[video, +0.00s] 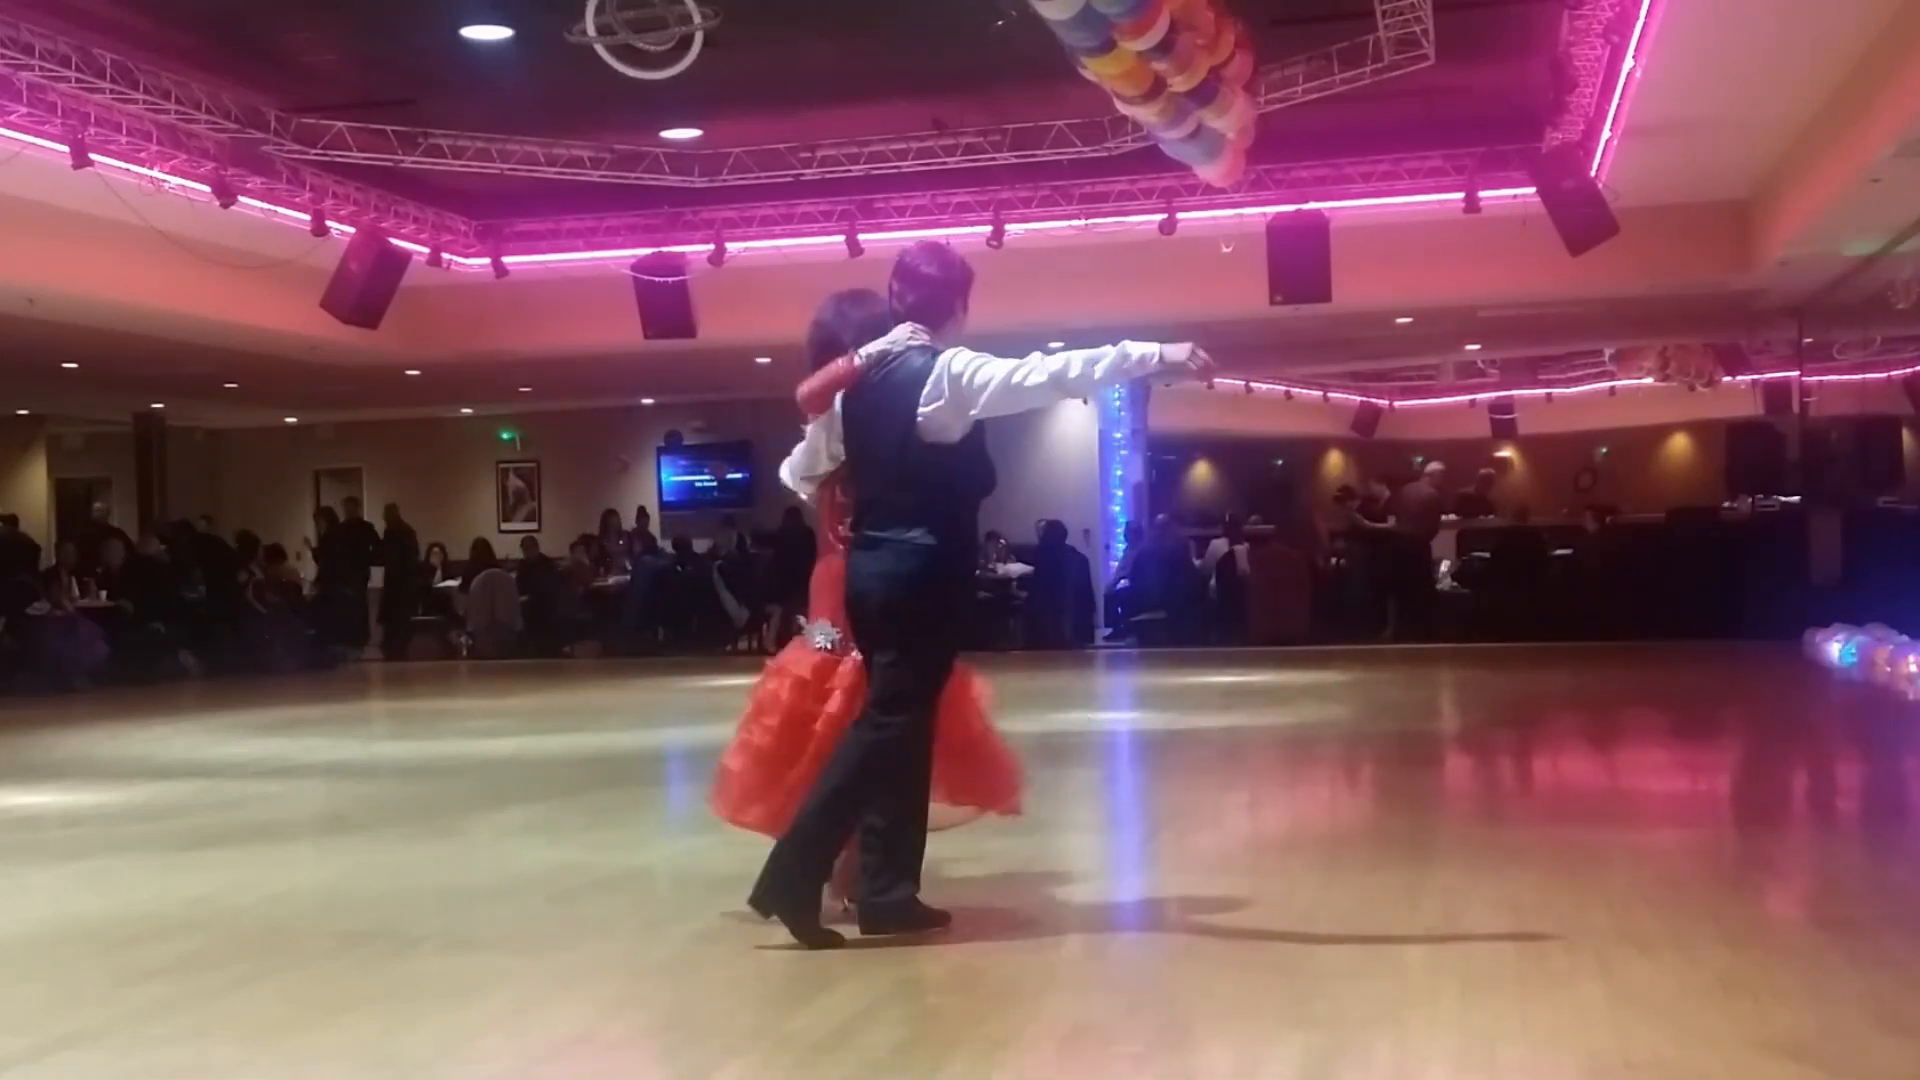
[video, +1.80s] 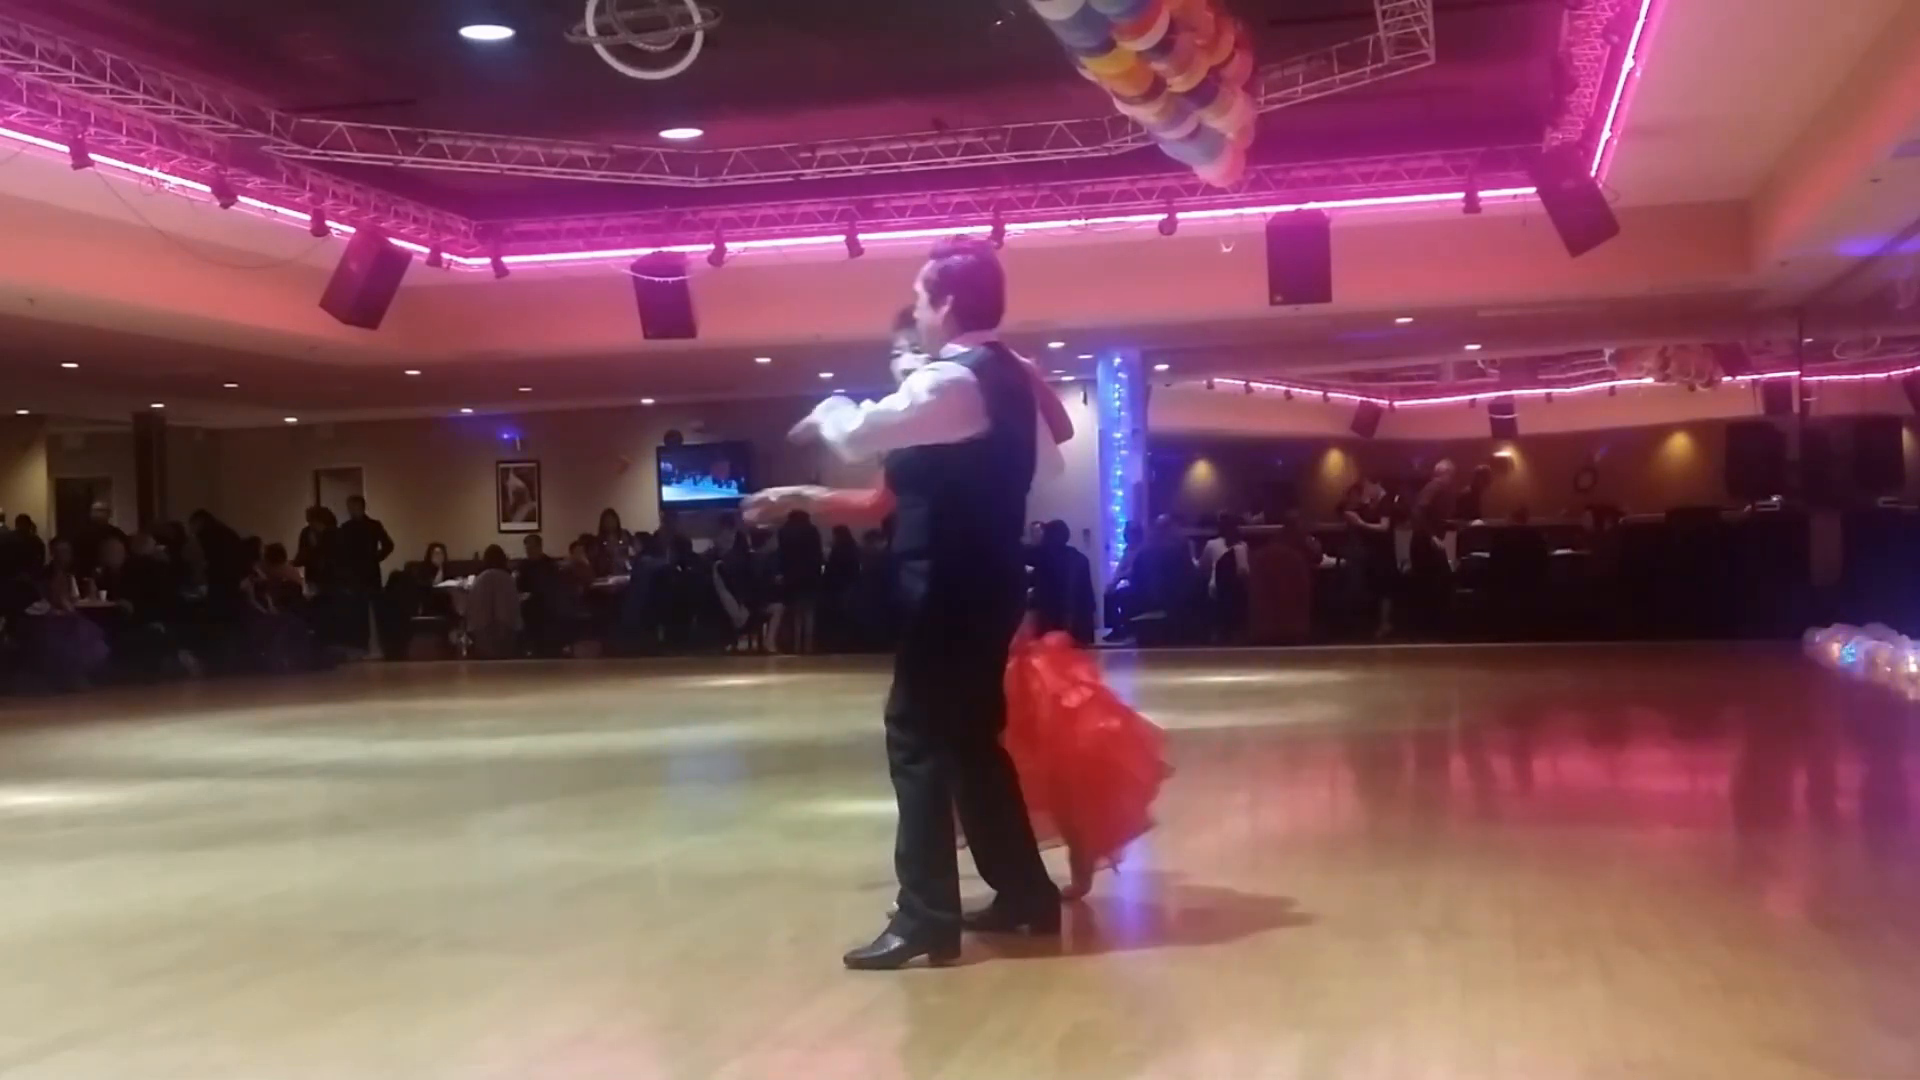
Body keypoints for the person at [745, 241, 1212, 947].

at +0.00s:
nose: (966, 312)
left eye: (964, 300)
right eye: (964, 300)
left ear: (895, 298)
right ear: (954, 301)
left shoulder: (858, 376)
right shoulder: (951, 370)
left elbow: (801, 469)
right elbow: (1048, 374)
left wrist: (829, 520)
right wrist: (1157, 357)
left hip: (870, 559)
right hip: (924, 562)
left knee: (903, 726)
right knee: (890, 726)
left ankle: (887, 894)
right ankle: (790, 877)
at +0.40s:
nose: (951, 317)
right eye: (955, 306)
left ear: (891, 309)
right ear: (955, 311)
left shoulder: (854, 388)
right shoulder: (961, 381)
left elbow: (781, 473)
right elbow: (1043, 431)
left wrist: (782, 467)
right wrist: (1138, 452)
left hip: (865, 565)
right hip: (929, 570)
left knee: (890, 727)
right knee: (916, 735)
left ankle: (882, 888)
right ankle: (843, 885)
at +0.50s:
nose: (944, 316)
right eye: (946, 305)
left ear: (881, 305)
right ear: (947, 309)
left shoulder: (842, 389)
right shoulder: (962, 384)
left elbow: (785, 479)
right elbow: (1047, 446)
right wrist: (1111, 475)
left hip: (860, 571)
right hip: (932, 574)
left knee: (880, 730)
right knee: (952, 735)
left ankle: (880, 895)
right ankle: (901, 894)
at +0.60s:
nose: (930, 314)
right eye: (937, 302)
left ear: (875, 305)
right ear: (941, 308)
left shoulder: (837, 383)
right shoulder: (969, 383)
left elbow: (799, 481)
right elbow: (1052, 456)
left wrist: (844, 528)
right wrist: (1068, 500)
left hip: (866, 577)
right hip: (946, 578)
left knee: (869, 731)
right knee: (961, 728)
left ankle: (873, 897)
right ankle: (962, 895)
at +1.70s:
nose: (895, 311)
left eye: (902, 298)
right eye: (898, 297)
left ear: (930, 301)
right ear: (965, 303)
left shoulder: (929, 379)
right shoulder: (1005, 377)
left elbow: (844, 445)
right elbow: (1040, 473)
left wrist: (780, 445)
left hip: (935, 588)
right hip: (984, 580)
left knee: (909, 742)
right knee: (966, 739)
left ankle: (926, 920)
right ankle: (1026, 894)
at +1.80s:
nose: (915, 315)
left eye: (922, 302)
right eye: (917, 301)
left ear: (951, 304)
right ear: (983, 304)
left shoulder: (958, 378)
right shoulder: (1009, 375)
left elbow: (858, 435)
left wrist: (828, 407)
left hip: (951, 591)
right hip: (989, 584)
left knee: (914, 739)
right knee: (972, 740)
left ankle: (926, 918)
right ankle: (1026, 896)